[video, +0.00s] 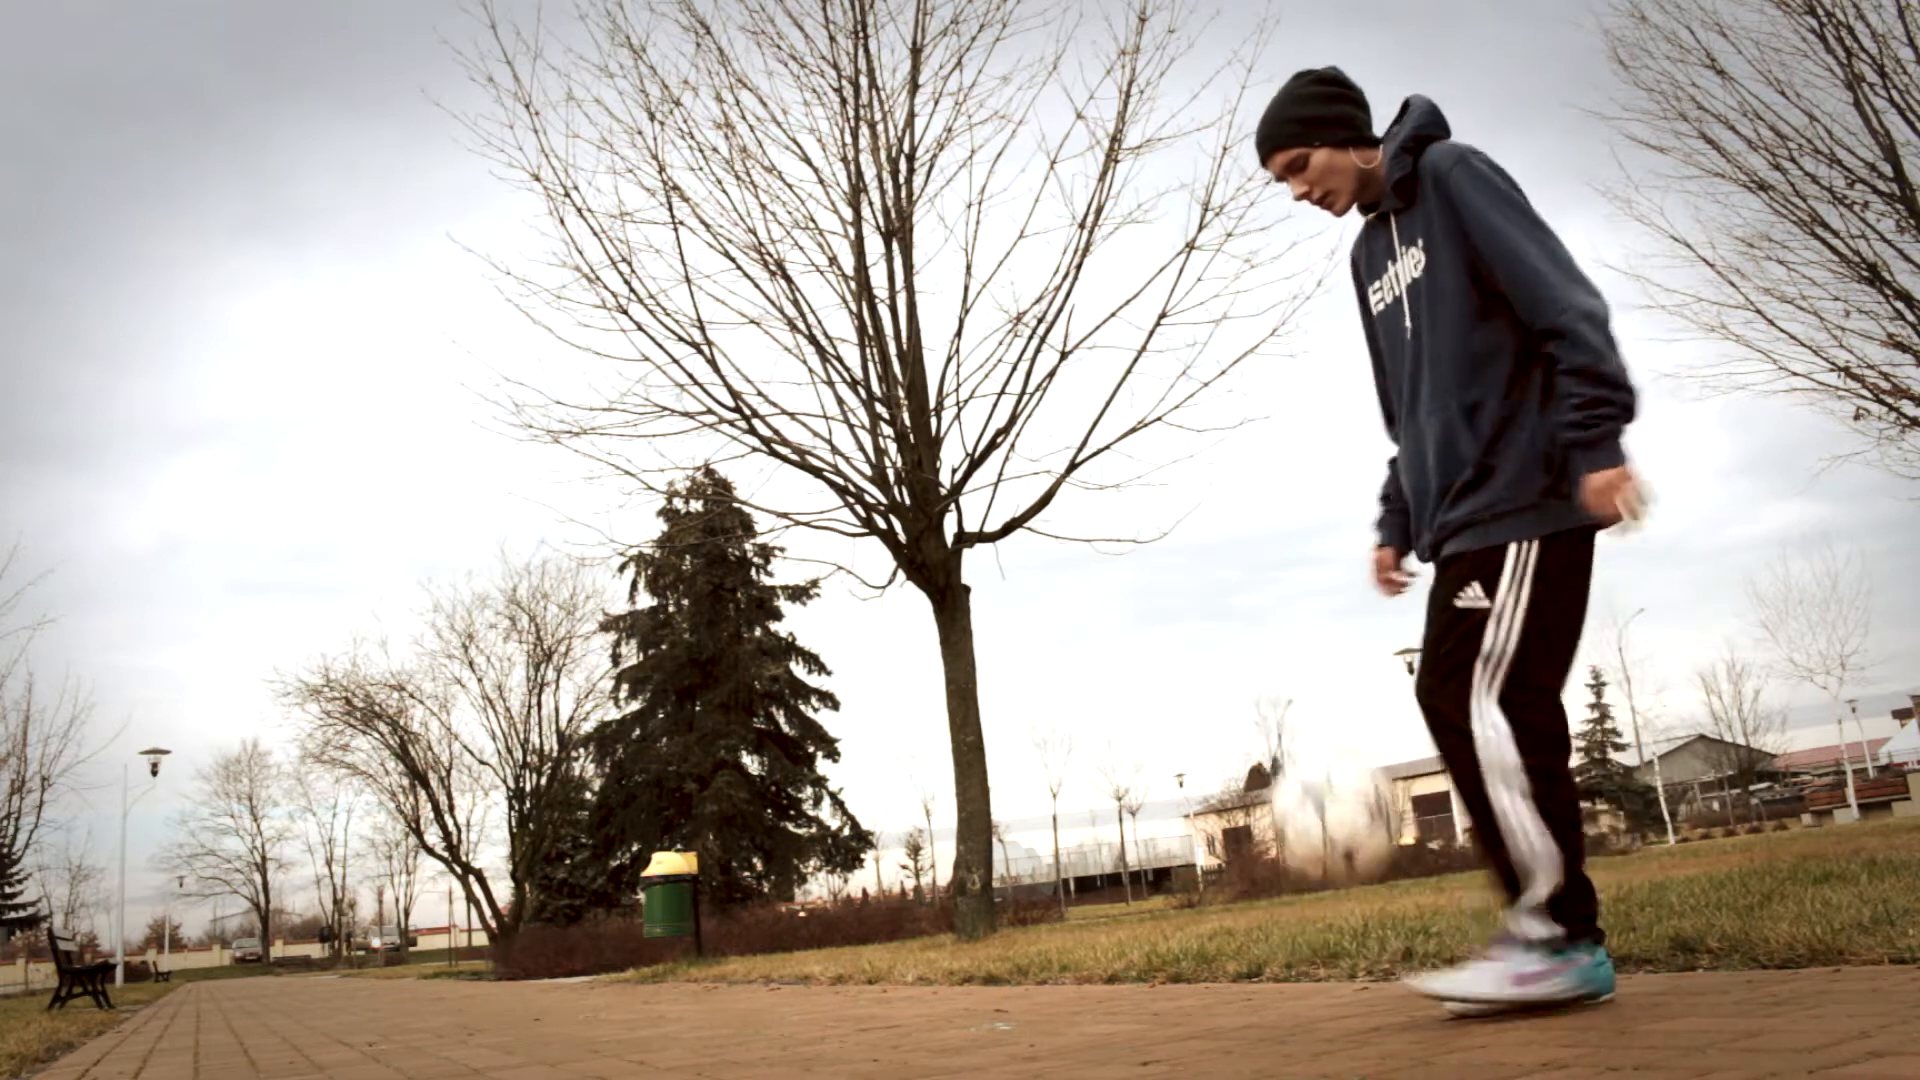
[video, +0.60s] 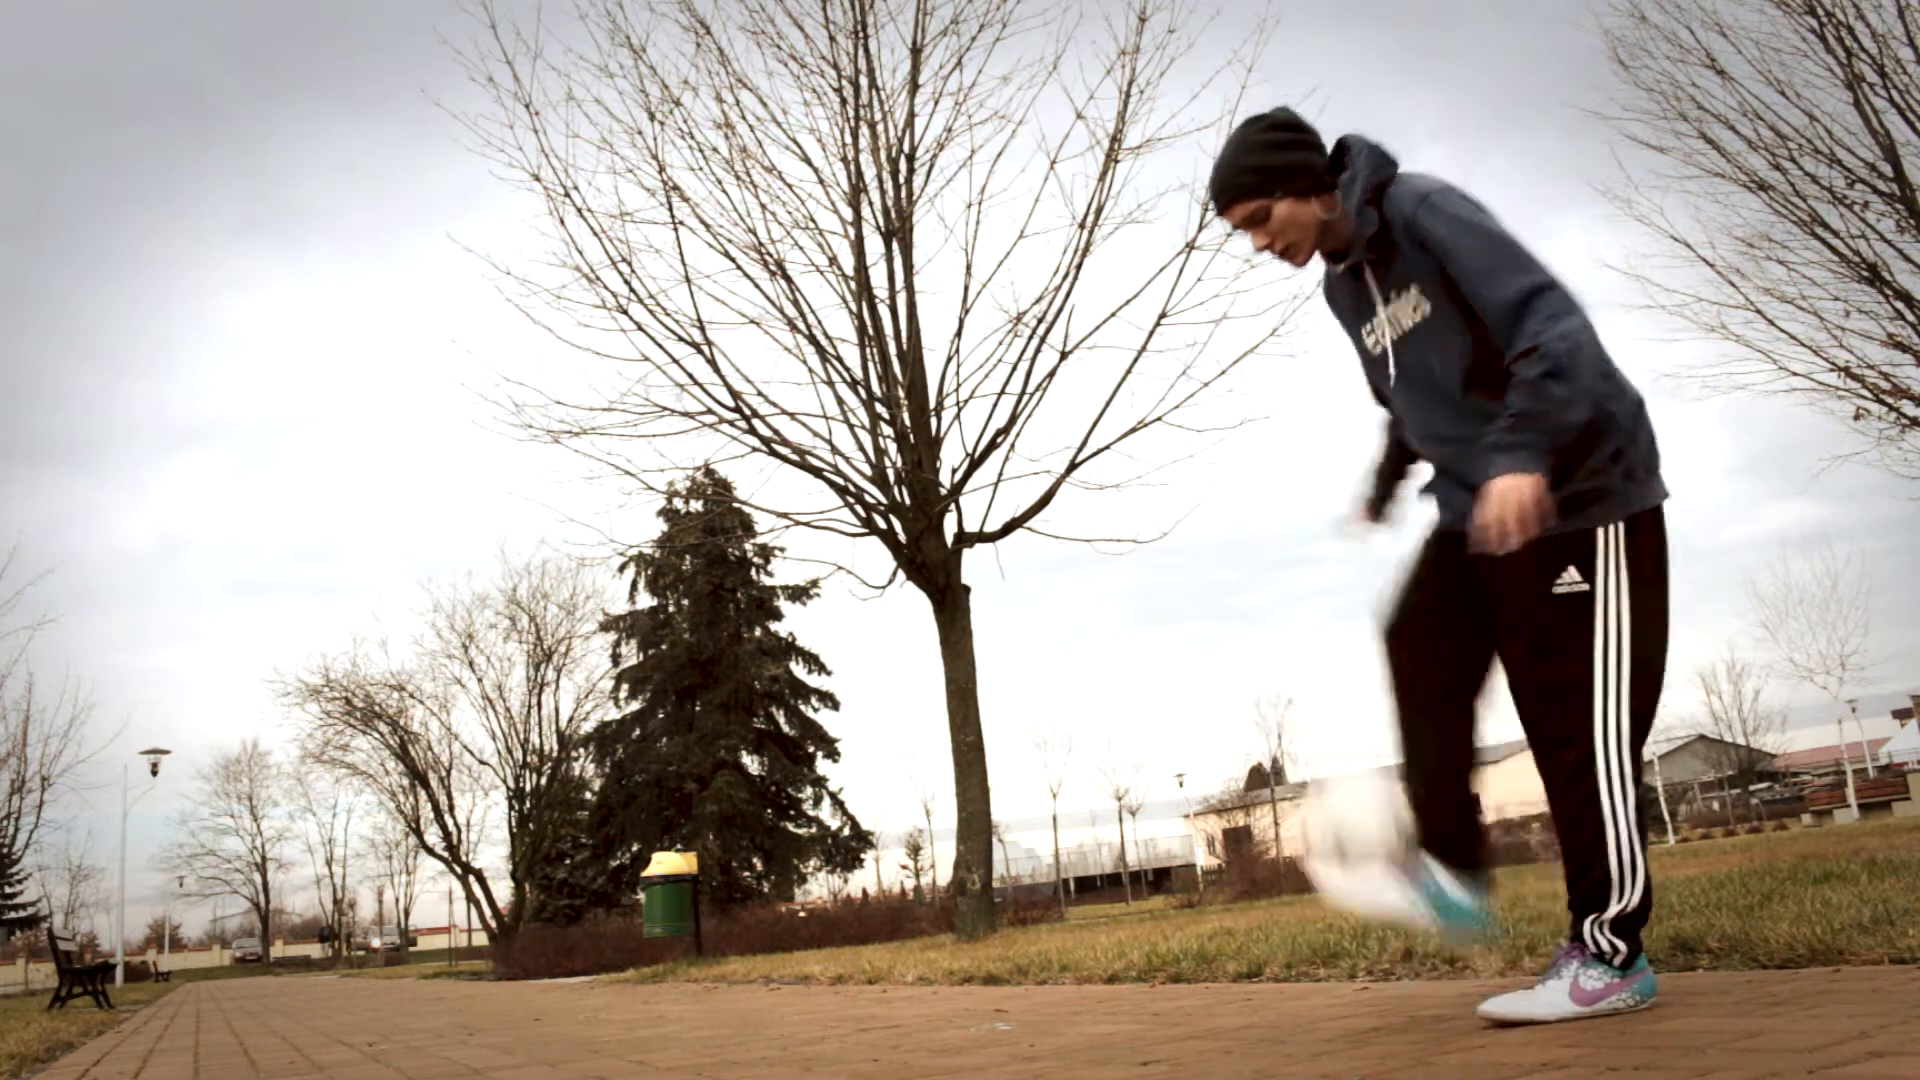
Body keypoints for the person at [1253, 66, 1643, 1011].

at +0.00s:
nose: (1299, 192)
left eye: (1299, 169)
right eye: (1286, 181)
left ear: (1341, 137)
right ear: (1311, 167)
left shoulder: (1451, 174)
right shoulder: (1368, 253)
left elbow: (1566, 302)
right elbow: (1411, 408)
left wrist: (1595, 443)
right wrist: (1396, 520)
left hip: (1531, 493)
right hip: (1462, 513)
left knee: (1471, 690)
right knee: (1487, 704)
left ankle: (1555, 933)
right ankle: (1561, 938)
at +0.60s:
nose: (1260, 243)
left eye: (1260, 220)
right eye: (1246, 231)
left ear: (1303, 184)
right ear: (1274, 210)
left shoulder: (1420, 209)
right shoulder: (1345, 278)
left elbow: (1552, 328)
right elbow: (1412, 385)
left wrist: (1523, 456)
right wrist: (1390, 472)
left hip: (1583, 480)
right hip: (1485, 500)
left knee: (1580, 719)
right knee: (1423, 648)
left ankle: (1610, 953)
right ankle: (1455, 873)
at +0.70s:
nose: (1263, 261)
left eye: (1263, 239)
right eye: (1250, 249)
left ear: (1304, 203)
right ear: (1283, 224)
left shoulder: (1419, 232)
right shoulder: (1355, 294)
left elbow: (1508, 353)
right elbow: (1437, 401)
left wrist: (1442, 469)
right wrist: (1443, 486)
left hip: (1573, 480)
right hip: (1495, 486)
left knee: (1549, 710)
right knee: (1350, 533)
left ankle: (1608, 953)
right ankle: (1346, 730)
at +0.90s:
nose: (1297, 195)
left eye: (1299, 173)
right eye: (1287, 181)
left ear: (1344, 145)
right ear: (1305, 173)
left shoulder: (1442, 207)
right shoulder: (1359, 261)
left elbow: (1470, 191)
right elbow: (1368, 384)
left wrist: (1345, 134)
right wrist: (1255, 385)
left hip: (1527, 485)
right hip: (1436, 470)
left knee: (1522, 712)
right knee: (1274, 464)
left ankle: (1604, 955)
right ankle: (1191, 687)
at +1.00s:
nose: (1305, 123)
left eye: (1313, 102)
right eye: (1292, 113)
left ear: (1362, 78)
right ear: (1292, 112)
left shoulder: (1452, 129)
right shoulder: (1349, 177)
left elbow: (1494, 110)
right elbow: (1340, 248)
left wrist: (1357, 60)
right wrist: (1243, 265)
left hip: (1492, 411)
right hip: (1394, 418)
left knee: (1467, 595)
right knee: (1269, 527)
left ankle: (1546, 847)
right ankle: (1337, 711)